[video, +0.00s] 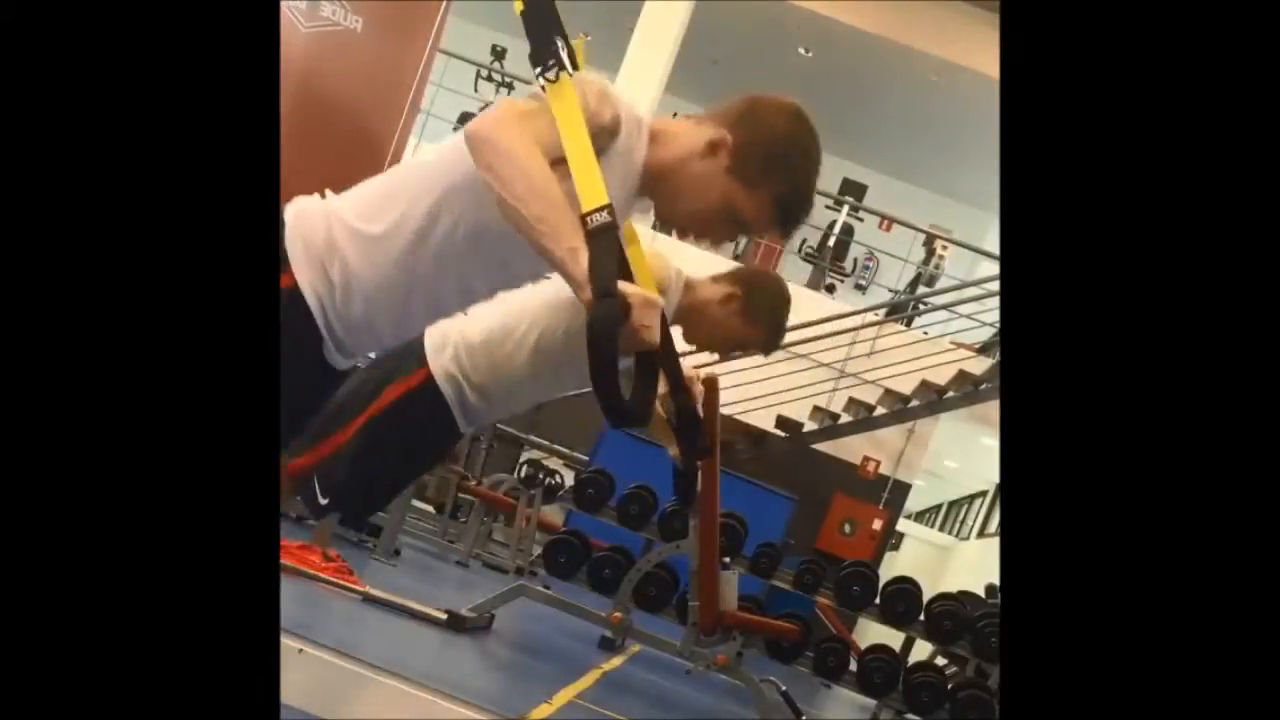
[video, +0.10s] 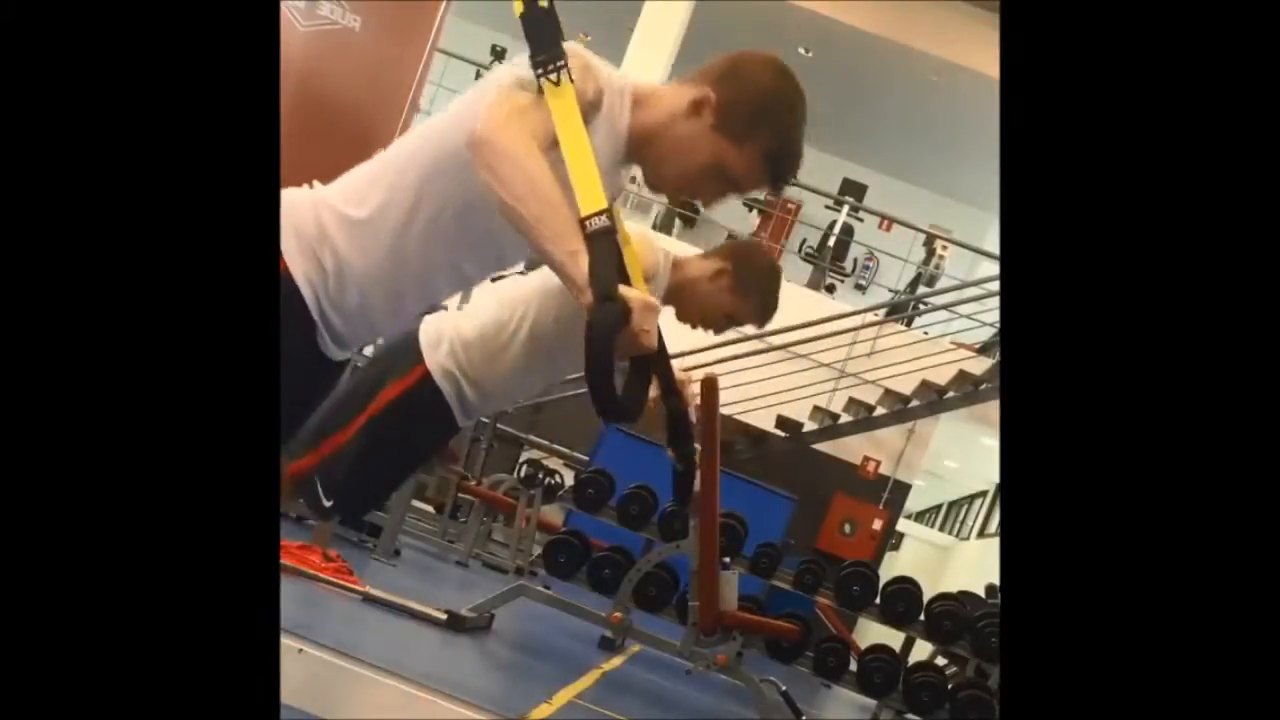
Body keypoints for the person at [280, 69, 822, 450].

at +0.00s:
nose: (714, 243)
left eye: (735, 237)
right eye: (732, 222)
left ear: (722, 142)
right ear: (721, 147)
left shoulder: (622, 213)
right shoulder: (603, 106)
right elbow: (497, 134)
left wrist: (667, 385)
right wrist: (593, 276)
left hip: (343, 352)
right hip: (298, 287)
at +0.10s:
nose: (706, 200)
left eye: (728, 194)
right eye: (721, 177)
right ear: (700, 109)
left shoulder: (612, 173)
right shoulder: (578, 75)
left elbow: (610, 278)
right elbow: (500, 142)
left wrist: (656, 375)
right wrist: (594, 282)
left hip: (338, 342)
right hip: (295, 278)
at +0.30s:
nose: (697, 143)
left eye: (714, 132)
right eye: (706, 116)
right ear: (676, 45)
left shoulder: (592, 141)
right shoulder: (551, 32)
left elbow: (591, 252)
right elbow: (499, 139)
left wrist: (652, 375)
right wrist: (581, 283)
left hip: (333, 330)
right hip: (291, 268)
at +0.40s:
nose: (698, 135)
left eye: (712, 123)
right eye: (705, 108)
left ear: (666, 39)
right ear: (670, 36)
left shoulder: (590, 136)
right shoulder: (545, 28)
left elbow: (608, 248)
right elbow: (499, 143)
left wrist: (657, 375)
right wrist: (584, 288)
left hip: (331, 332)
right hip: (289, 269)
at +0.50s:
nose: (699, 137)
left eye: (715, 125)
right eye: (708, 110)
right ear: (673, 39)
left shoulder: (592, 138)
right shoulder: (549, 30)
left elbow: (609, 250)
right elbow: (499, 143)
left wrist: (658, 378)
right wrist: (586, 289)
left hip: (333, 335)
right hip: (290, 273)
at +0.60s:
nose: (705, 154)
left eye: (722, 145)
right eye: (715, 128)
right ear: (685, 57)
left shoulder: (600, 149)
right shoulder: (558, 45)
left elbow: (589, 252)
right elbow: (496, 141)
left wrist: (655, 378)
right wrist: (584, 282)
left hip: (337, 340)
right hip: (294, 278)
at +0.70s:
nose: (718, 190)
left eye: (735, 181)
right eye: (729, 167)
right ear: (701, 98)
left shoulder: (615, 177)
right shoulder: (578, 73)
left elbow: (593, 275)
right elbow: (490, 138)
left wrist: (653, 380)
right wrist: (581, 273)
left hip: (344, 355)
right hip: (299, 290)